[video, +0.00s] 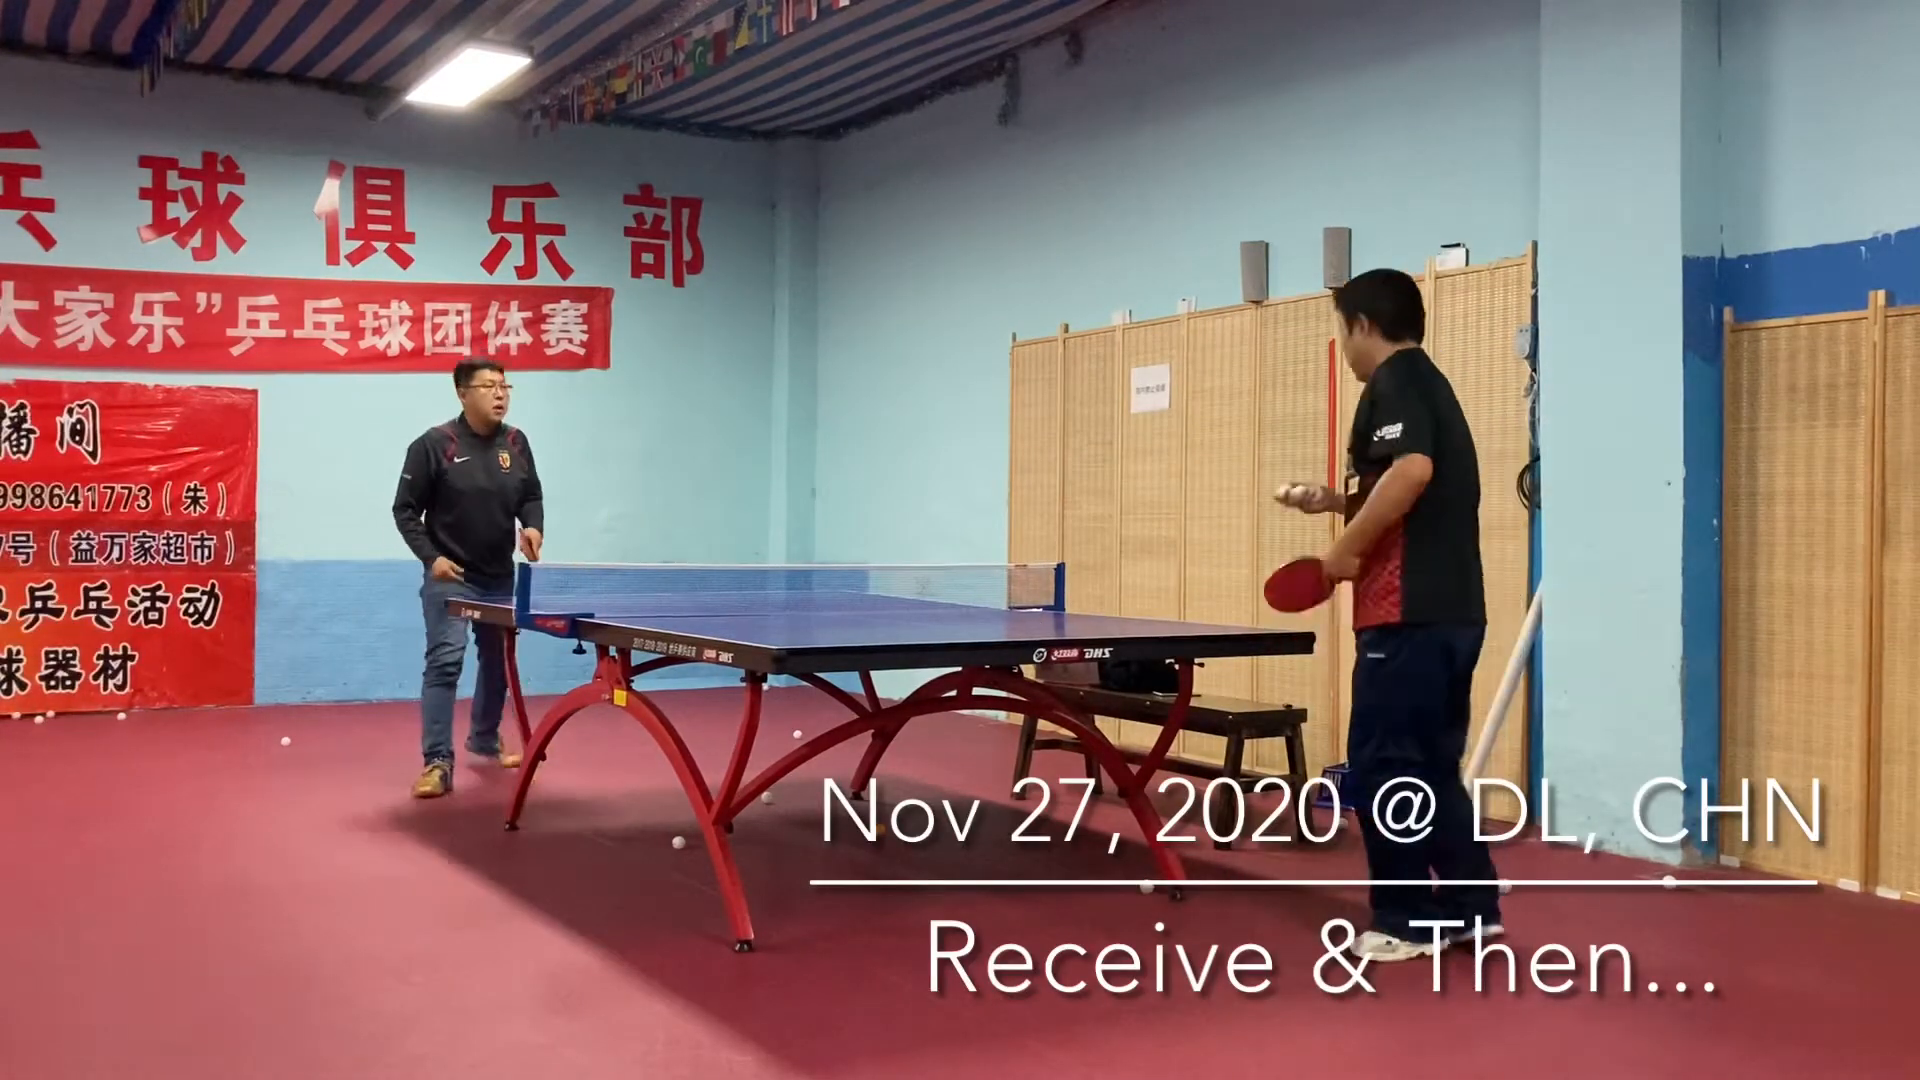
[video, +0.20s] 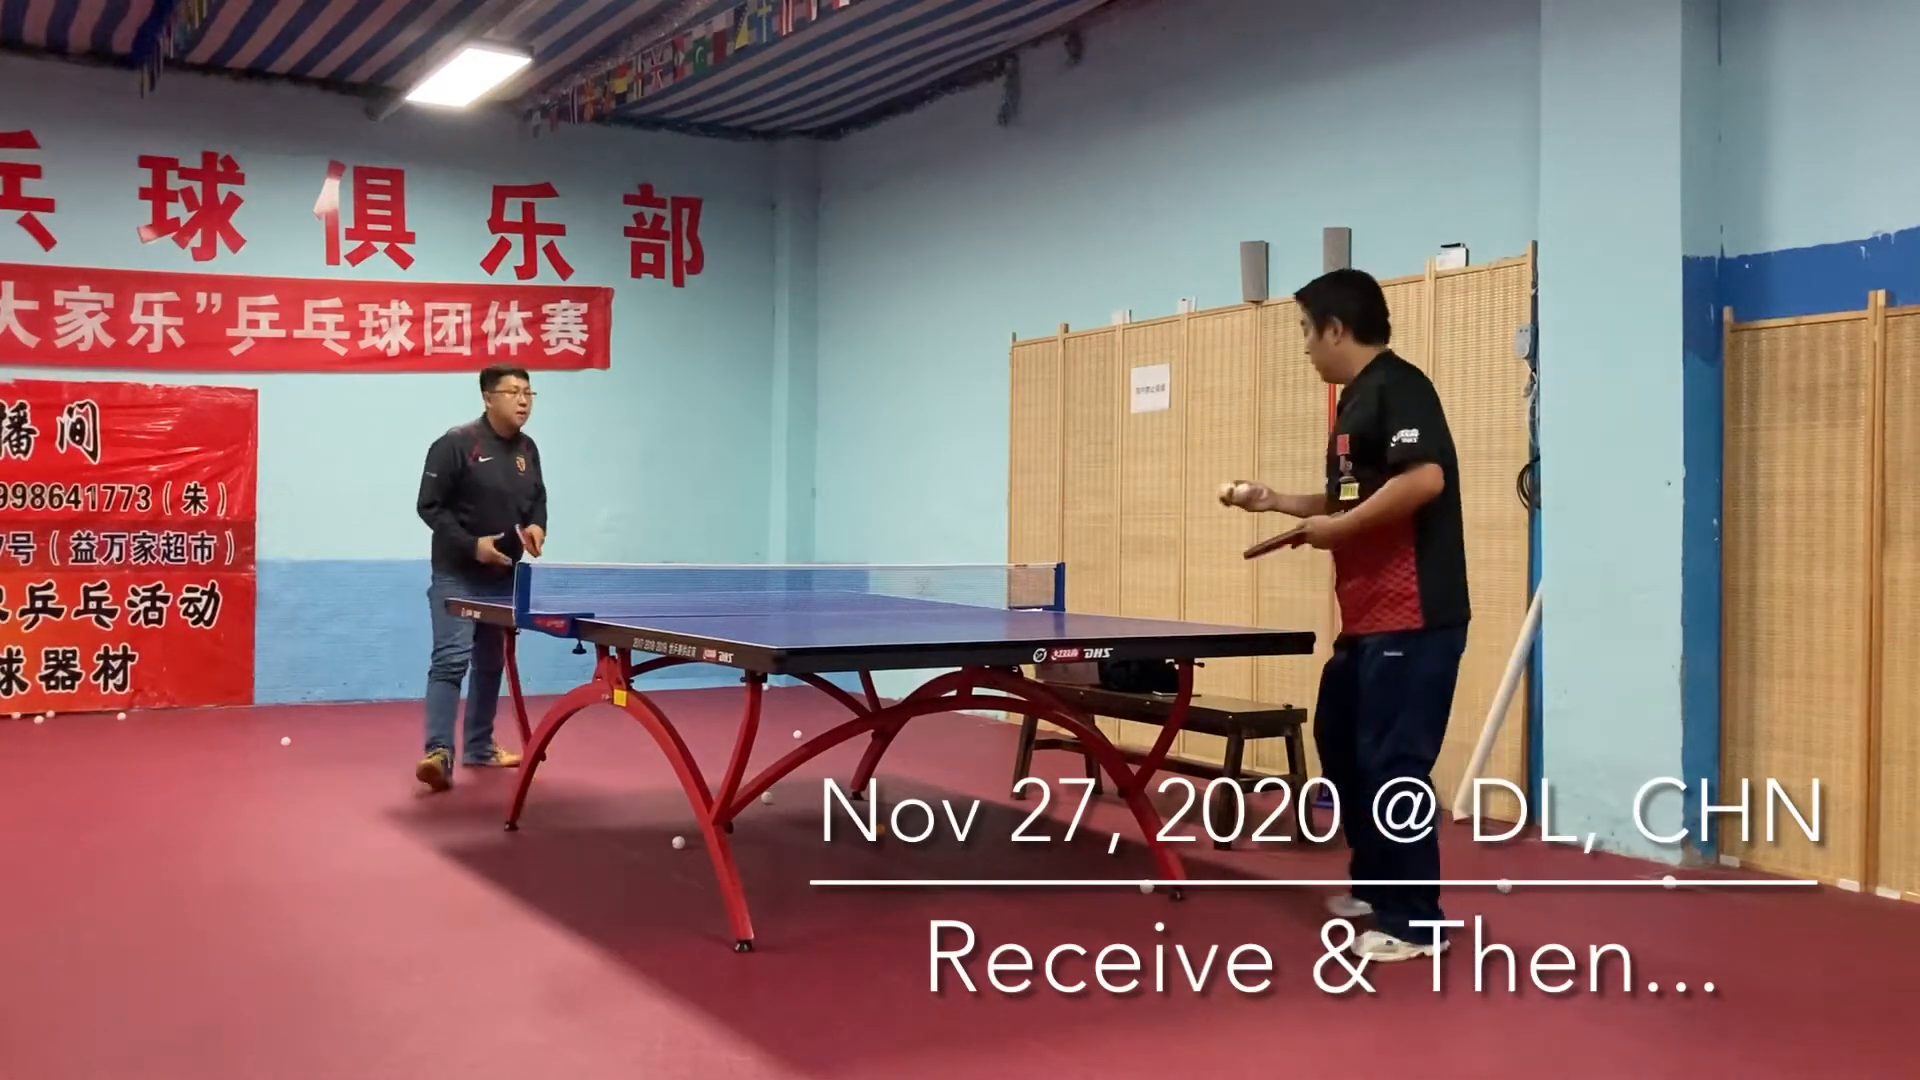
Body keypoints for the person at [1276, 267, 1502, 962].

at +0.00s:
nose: (1343, 347)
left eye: (1344, 332)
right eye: (1342, 333)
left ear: (1365, 326)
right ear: (1405, 325)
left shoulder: (1395, 381)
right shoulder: (1426, 383)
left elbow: (1413, 469)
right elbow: (1410, 494)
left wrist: (1348, 546)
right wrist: (1334, 499)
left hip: (1408, 617)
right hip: (1443, 613)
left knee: (1385, 770)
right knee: (1431, 765)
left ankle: (1411, 922)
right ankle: (1470, 908)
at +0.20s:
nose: (1308, 350)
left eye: (1310, 334)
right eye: (1306, 336)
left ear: (1337, 329)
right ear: (1350, 330)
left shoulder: (1396, 384)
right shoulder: (1355, 400)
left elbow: (1426, 477)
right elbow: (1354, 502)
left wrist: (1341, 528)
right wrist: (1279, 502)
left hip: (1414, 623)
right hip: (1368, 622)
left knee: (1393, 763)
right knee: (1340, 744)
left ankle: (1413, 923)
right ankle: (1378, 894)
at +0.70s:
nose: (1228, 410)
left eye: (1237, 397)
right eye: (1227, 397)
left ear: (1279, 398)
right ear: (1268, 402)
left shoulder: (1362, 439)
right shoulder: (1254, 473)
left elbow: (1390, 538)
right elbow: (1240, 558)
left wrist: (1296, 552)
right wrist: (1179, 585)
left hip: (1415, 628)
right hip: (1336, 632)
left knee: (1456, 753)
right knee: (1313, 756)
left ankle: (1524, 893)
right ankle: (1315, 887)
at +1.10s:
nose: (1343, 403)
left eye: (1354, 390)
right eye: (1343, 390)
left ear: (1398, 396)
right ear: (1381, 398)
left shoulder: (1459, 460)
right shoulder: (1337, 447)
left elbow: (1468, 558)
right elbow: (1256, 475)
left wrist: (1386, 546)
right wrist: (1213, 444)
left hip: (1447, 645)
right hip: (1359, 641)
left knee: (1500, 764)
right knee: (1322, 748)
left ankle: (1553, 894)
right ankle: (1321, 888)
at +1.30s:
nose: (1346, 394)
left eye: (1356, 382)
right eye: (1345, 382)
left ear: (1399, 385)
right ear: (1386, 387)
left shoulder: (1469, 449)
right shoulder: (1348, 442)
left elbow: (1478, 547)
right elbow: (1262, 471)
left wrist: (1395, 528)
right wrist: (1225, 442)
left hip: (1465, 640)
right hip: (1376, 638)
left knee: (1513, 763)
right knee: (1341, 750)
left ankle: (1561, 897)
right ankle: (1343, 887)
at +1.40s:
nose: (1376, 379)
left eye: (1389, 368)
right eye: (1377, 367)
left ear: (1434, 379)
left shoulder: (1500, 448)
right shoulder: (1368, 433)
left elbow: (1526, 535)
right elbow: (1300, 455)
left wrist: (1464, 543)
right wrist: (1240, 443)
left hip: (1475, 641)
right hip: (1383, 637)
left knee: (1518, 766)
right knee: (1349, 759)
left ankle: (1562, 896)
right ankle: (1344, 885)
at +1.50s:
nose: (1400, 368)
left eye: (1416, 356)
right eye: (1401, 355)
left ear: (1459, 371)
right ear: (1412, 367)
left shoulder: (1517, 440)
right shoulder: (1383, 430)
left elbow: (1549, 510)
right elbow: (1320, 456)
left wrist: (1531, 549)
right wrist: (1252, 474)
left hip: (1483, 635)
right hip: (1393, 632)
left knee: (1521, 765)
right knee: (1357, 753)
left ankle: (1561, 896)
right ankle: (1345, 885)